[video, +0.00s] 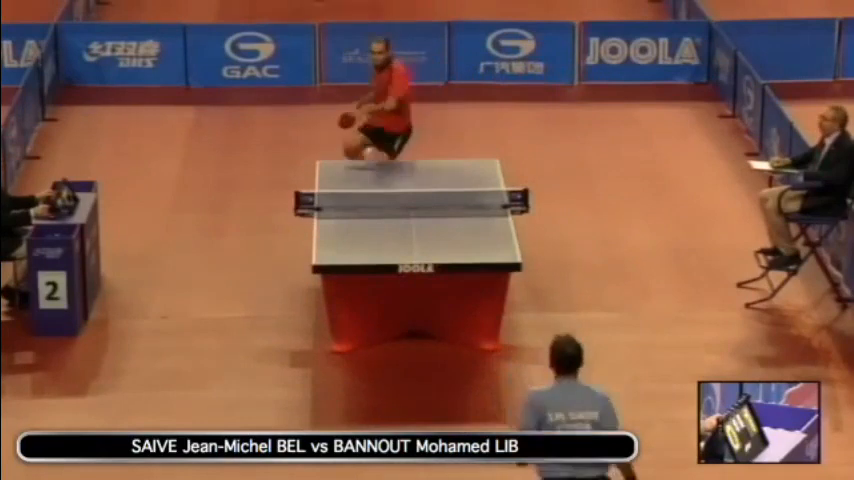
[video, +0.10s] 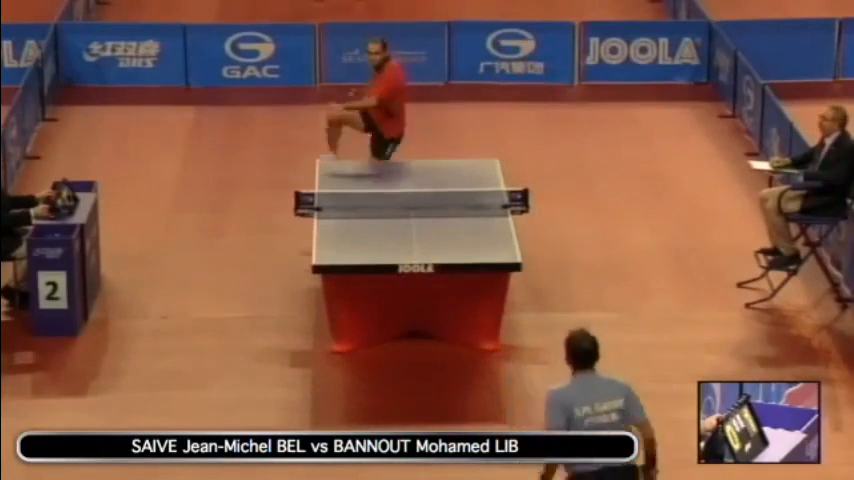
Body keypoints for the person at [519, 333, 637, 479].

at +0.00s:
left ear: (552, 363)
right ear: (580, 362)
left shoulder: (538, 401)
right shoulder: (600, 401)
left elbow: (526, 448)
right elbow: (615, 448)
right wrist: (630, 475)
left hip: (555, 475)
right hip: (595, 474)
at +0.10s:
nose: (565, 356)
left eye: (566, 353)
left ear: (568, 359)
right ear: (597, 355)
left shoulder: (560, 398)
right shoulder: (622, 390)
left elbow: (556, 447)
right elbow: (648, 434)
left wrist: (546, 475)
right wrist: (650, 468)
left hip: (585, 473)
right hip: (624, 471)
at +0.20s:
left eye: (583, 354)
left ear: (584, 360)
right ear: (613, 357)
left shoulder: (574, 398)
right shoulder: (637, 392)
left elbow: (572, 451)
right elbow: (664, 438)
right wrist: (658, 463)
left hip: (597, 472)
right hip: (636, 472)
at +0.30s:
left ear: (611, 374)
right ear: (640, 371)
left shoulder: (603, 412)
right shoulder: (662, 405)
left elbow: (601, 463)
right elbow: (689, 446)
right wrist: (674, 459)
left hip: (623, 476)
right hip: (662, 476)